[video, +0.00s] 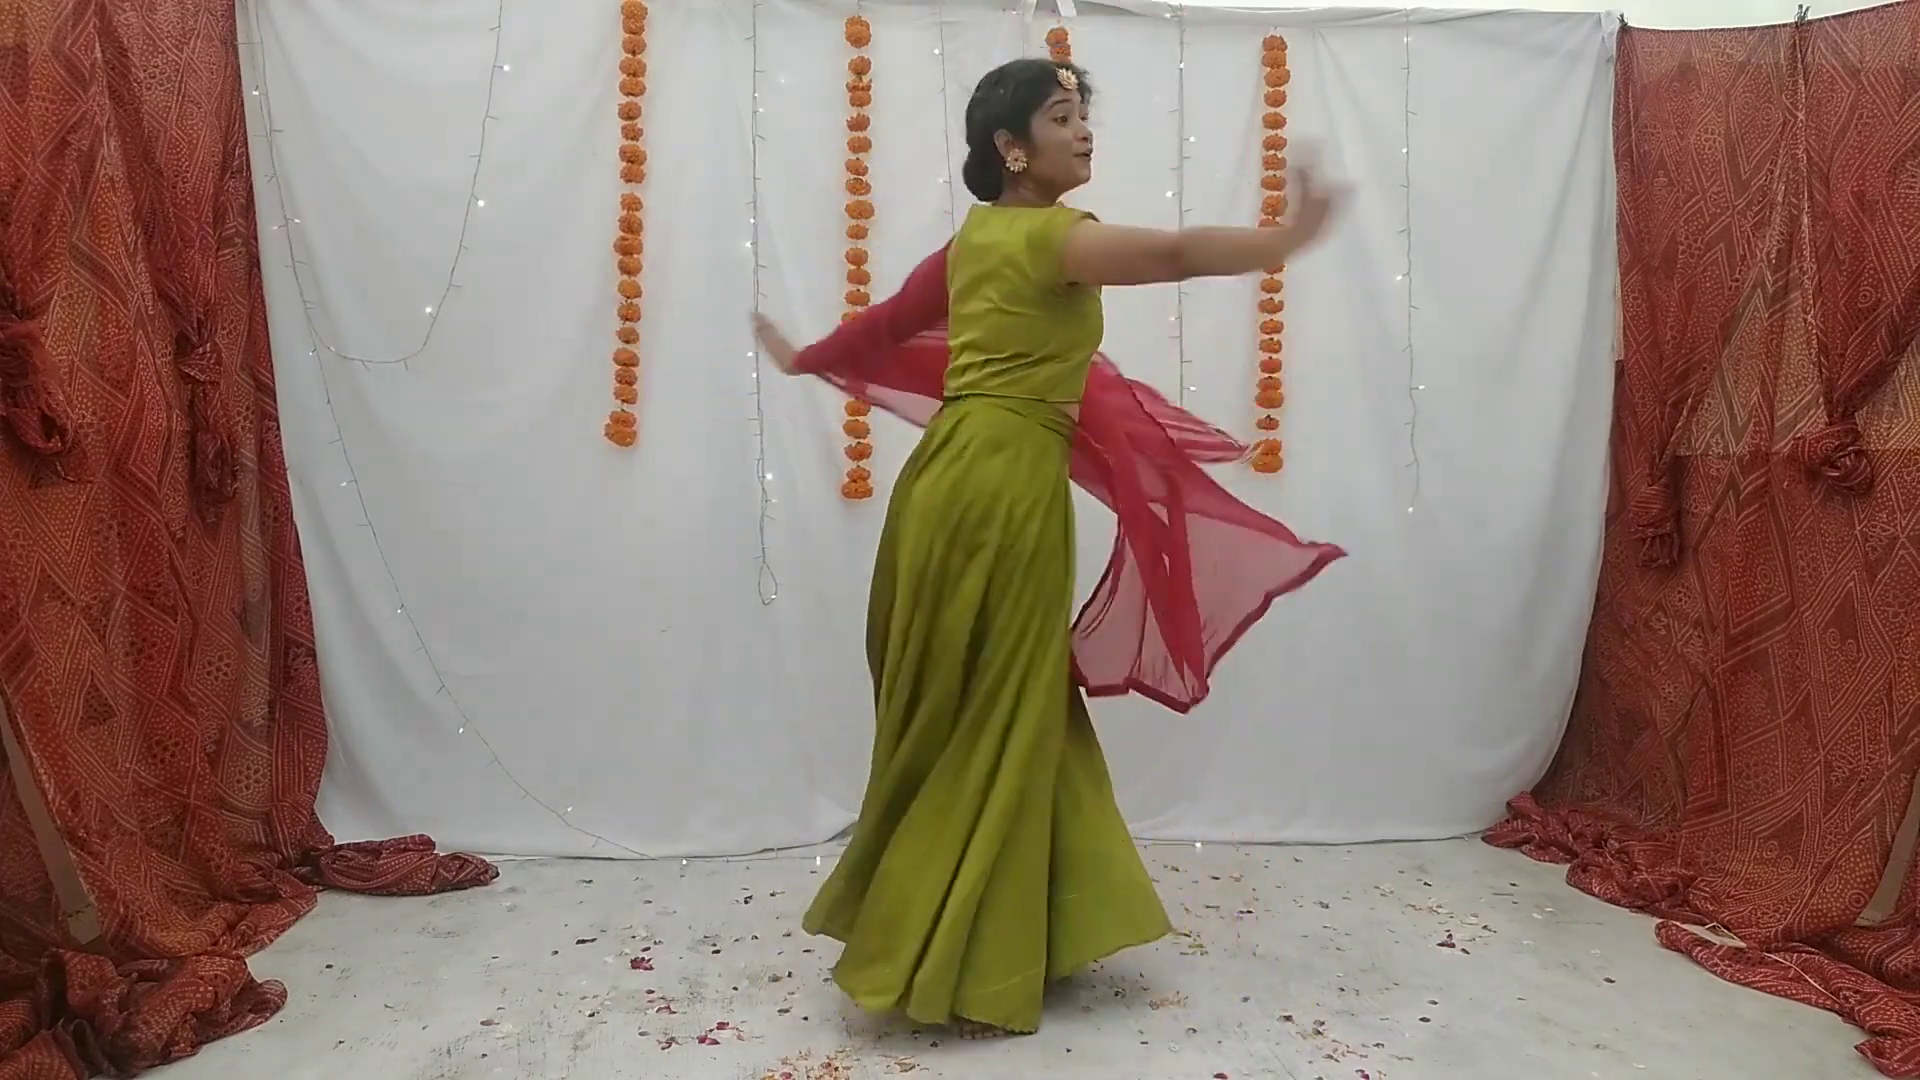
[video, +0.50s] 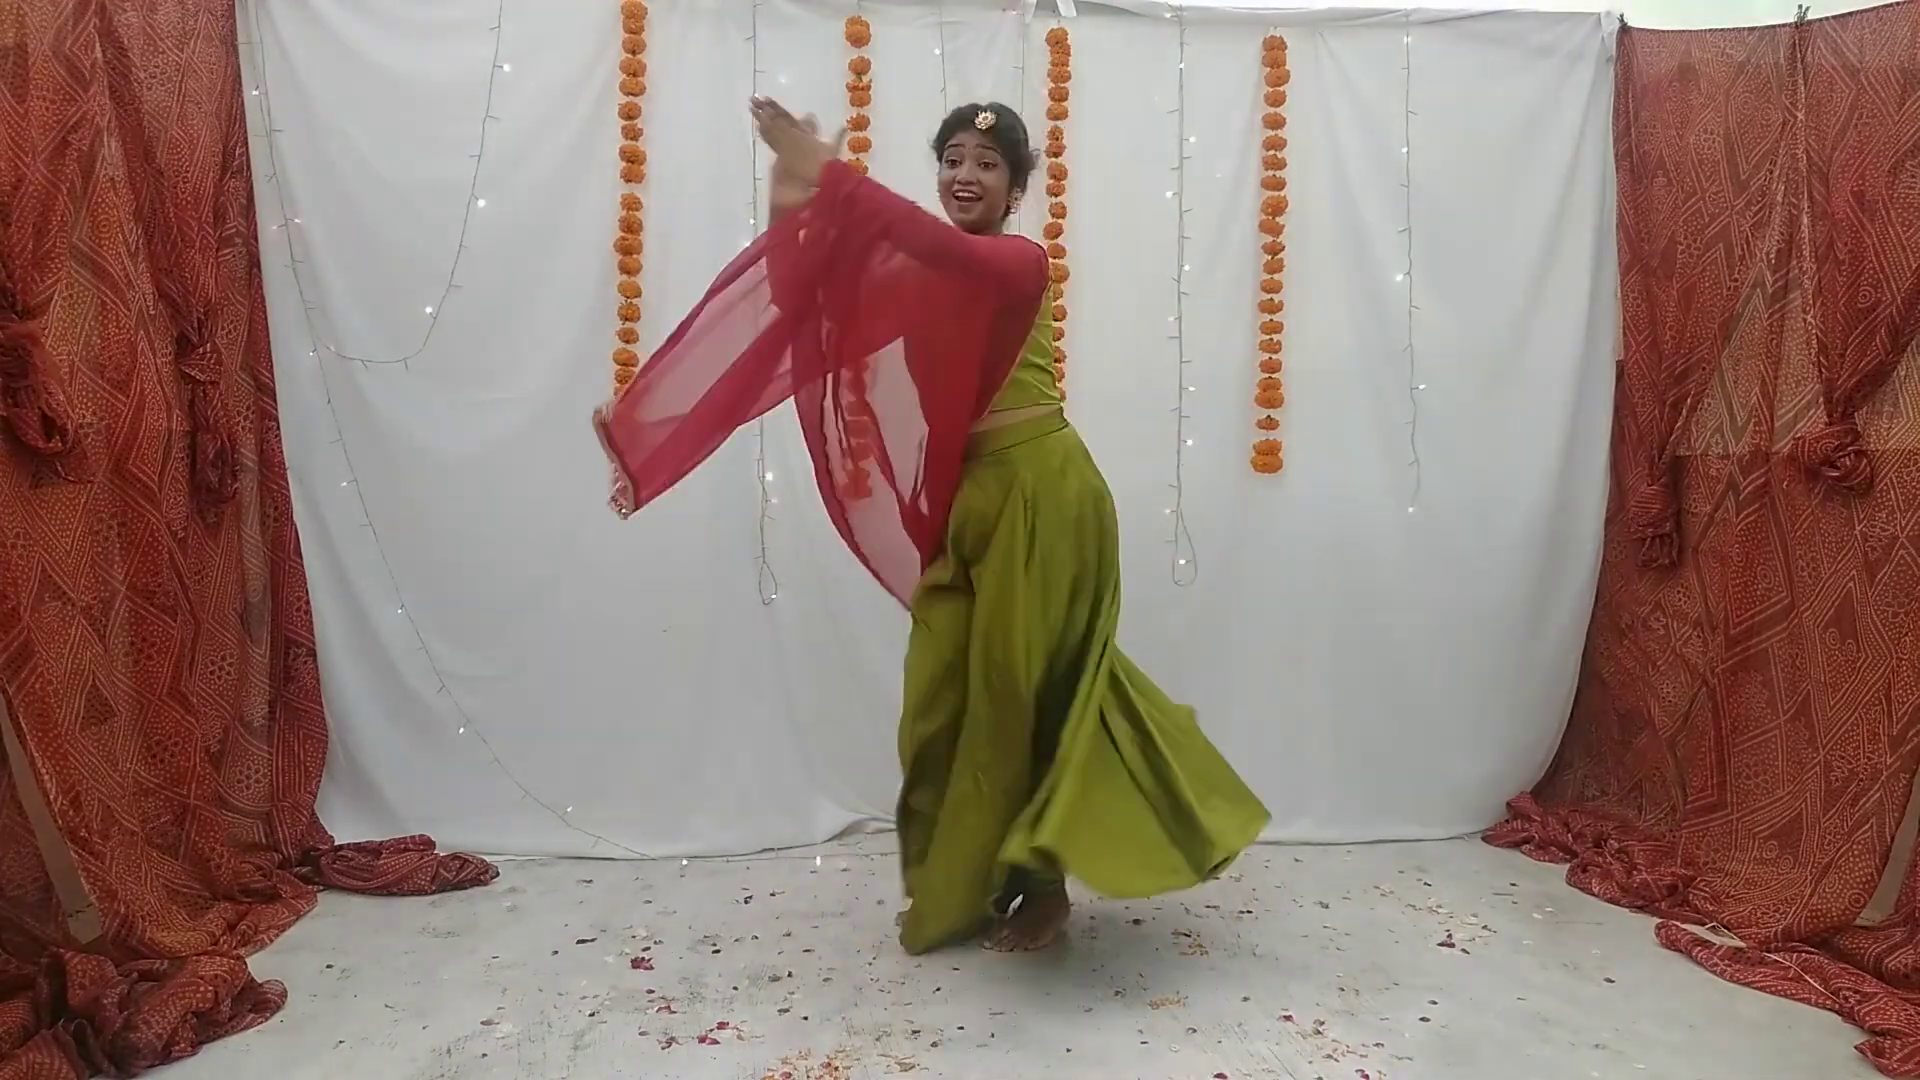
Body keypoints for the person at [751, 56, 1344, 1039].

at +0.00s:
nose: (1085, 132)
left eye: (1083, 116)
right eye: (1065, 120)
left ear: (1014, 156)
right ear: (1014, 148)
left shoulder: (971, 239)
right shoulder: (1052, 238)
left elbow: (887, 322)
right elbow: (1171, 254)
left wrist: (802, 358)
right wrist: (1289, 237)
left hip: (939, 480)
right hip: (1006, 488)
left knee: (947, 712)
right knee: (1005, 716)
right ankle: (963, 959)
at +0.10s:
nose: (1084, 162)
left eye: (1077, 144)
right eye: (1072, 145)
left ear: (1008, 161)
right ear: (1031, 162)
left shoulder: (935, 256)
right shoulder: (1077, 261)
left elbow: (834, 322)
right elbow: (1239, 277)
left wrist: (730, 364)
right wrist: (1374, 275)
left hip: (940, 494)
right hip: (1038, 494)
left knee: (960, 702)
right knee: (1079, 713)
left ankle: (1022, 914)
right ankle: (978, 920)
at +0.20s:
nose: (976, 196)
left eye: (978, 184)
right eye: (989, 183)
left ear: (985, 193)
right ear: (1065, 193)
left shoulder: (955, 282)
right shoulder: (1092, 296)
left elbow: (828, 310)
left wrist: (693, 326)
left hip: (970, 511)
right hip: (1064, 509)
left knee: (966, 705)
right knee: (1091, 705)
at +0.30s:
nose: (965, 199)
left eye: (977, 184)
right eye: (966, 183)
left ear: (1025, 194)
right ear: (1036, 196)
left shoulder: (1003, 273)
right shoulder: (1048, 275)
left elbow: (862, 293)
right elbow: (899, 320)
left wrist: (720, 248)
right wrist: (807, 282)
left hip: (1013, 494)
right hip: (1065, 488)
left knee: (992, 697)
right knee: (1065, 694)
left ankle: (1038, 896)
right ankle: (1079, 904)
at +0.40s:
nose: (965, 189)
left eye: (985, 175)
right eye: (962, 173)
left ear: (1033, 187)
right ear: (970, 179)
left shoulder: (1010, 266)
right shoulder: (1020, 268)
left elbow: (878, 270)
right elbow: (870, 311)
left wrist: (758, 201)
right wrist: (764, 240)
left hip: (1020, 492)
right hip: (1050, 482)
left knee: (994, 691)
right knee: (1064, 683)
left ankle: (1041, 894)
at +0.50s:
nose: (963, 173)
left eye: (985, 160)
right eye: (951, 157)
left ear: (1015, 183)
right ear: (937, 172)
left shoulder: (1023, 260)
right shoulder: (926, 270)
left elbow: (933, 238)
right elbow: (807, 303)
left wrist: (826, 171)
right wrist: (791, 195)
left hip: (1042, 482)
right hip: (964, 489)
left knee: (1021, 685)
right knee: (939, 696)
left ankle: (1041, 879)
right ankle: (963, 887)